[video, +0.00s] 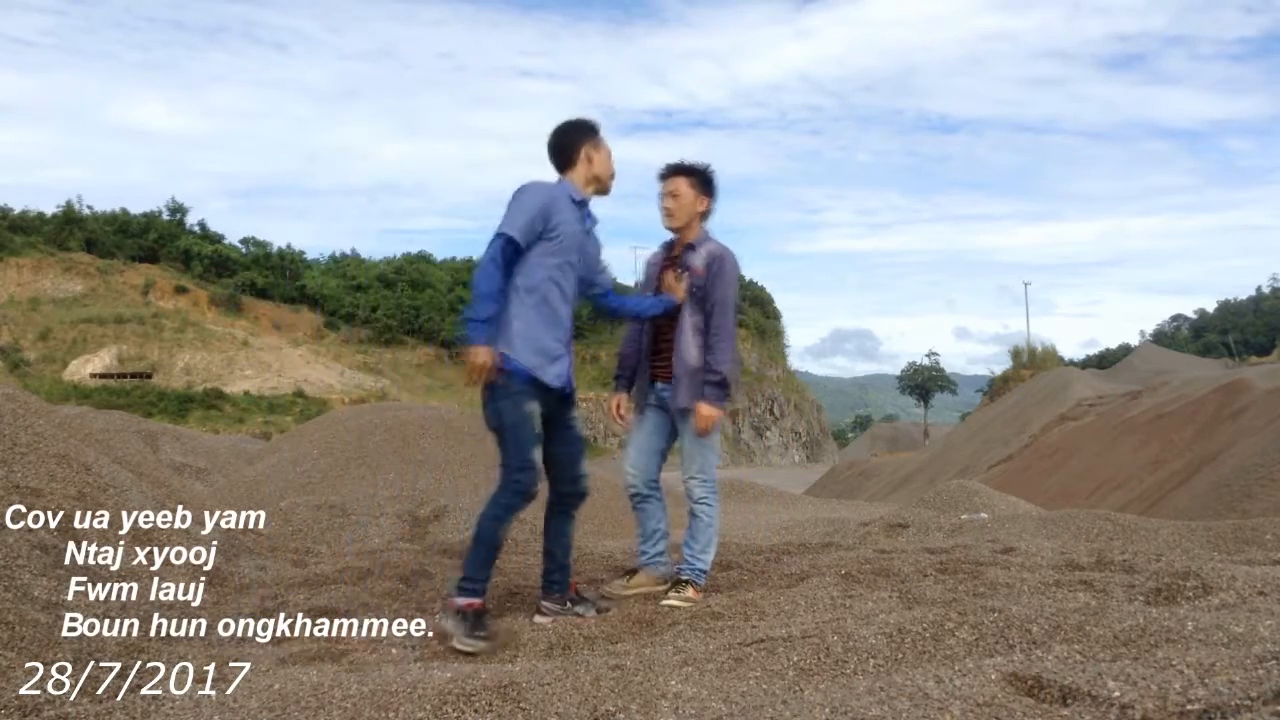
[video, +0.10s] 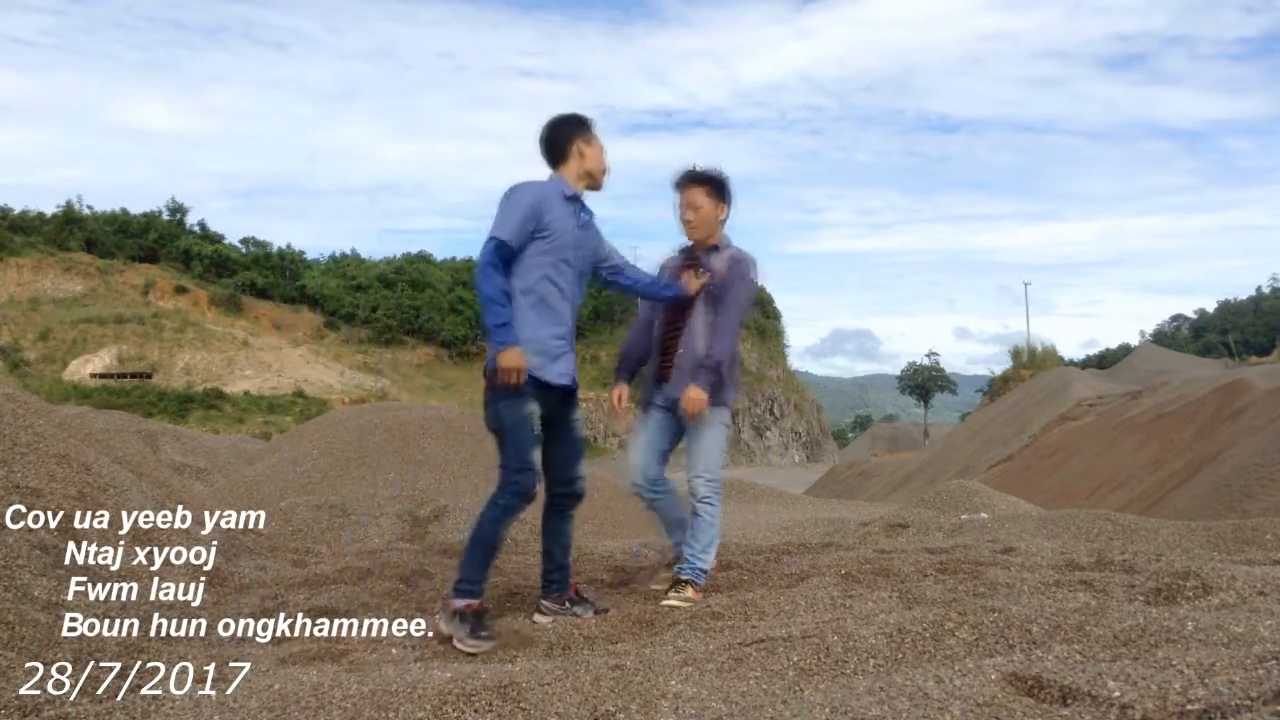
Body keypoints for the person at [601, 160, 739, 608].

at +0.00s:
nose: (665, 204)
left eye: (674, 196)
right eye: (662, 197)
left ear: (702, 203)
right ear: (663, 203)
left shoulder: (718, 260)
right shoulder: (655, 261)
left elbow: (723, 331)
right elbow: (639, 325)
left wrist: (714, 394)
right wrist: (622, 384)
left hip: (696, 393)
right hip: (654, 391)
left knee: (698, 486)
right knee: (639, 477)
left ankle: (693, 576)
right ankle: (654, 567)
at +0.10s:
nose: (686, 216)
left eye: (695, 208)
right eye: (682, 209)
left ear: (721, 210)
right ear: (679, 212)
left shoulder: (738, 265)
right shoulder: (672, 266)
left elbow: (727, 329)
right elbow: (646, 322)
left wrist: (704, 382)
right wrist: (623, 374)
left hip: (709, 395)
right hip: (662, 392)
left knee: (703, 484)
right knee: (643, 474)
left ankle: (692, 574)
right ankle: (690, 546)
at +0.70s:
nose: (762, 256)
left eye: (771, 248)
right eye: (758, 249)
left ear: (793, 253)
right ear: (754, 253)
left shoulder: (816, 301)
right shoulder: (748, 300)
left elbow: (836, 360)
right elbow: (740, 356)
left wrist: (852, 414)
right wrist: (730, 403)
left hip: (812, 408)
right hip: (768, 407)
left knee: (806, 477)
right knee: (742, 467)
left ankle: (812, 552)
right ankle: (772, 544)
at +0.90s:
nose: (781, 248)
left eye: (790, 241)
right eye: (777, 242)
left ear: (810, 245)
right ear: (773, 246)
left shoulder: (831, 287)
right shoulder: (768, 295)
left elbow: (854, 343)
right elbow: (764, 350)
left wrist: (859, 395)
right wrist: (759, 394)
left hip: (825, 400)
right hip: (785, 402)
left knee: (811, 469)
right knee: (796, 476)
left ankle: (814, 548)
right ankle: (845, 531)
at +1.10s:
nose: (793, 250)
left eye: (801, 243)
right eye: (789, 244)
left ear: (821, 247)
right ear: (784, 250)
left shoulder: (839, 292)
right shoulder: (782, 299)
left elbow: (853, 349)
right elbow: (775, 353)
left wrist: (860, 402)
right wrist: (766, 399)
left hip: (833, 398)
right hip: (799, 399)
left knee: (813, 460)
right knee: (829, 468)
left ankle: (818, 543)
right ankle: (851, 539)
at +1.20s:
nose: (794, 247)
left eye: (803, 240)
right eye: (791, 241)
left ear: (823, 246)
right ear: (786, 247)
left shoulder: (840, 290)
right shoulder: (784, 295)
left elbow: (855, 346)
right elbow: (778, 347)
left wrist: (850, 392)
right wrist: (766, 382)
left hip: (833, 395)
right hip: (801, 398)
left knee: (811, 455)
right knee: (835, 468)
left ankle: (833, 535)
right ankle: (851, 538)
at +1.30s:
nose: (795, 247)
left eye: (803, 240)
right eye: (791, 241)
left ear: (823, 247)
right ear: (786, 247)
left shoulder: (839, 292)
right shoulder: (786, 298)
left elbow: (851, 350)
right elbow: (781, 349)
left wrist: (839, 392)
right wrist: (766, 387)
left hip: (832, 397)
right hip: (803, 399)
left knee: (813, 461)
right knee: (835, 467)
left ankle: (851, 531)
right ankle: (847, 534)